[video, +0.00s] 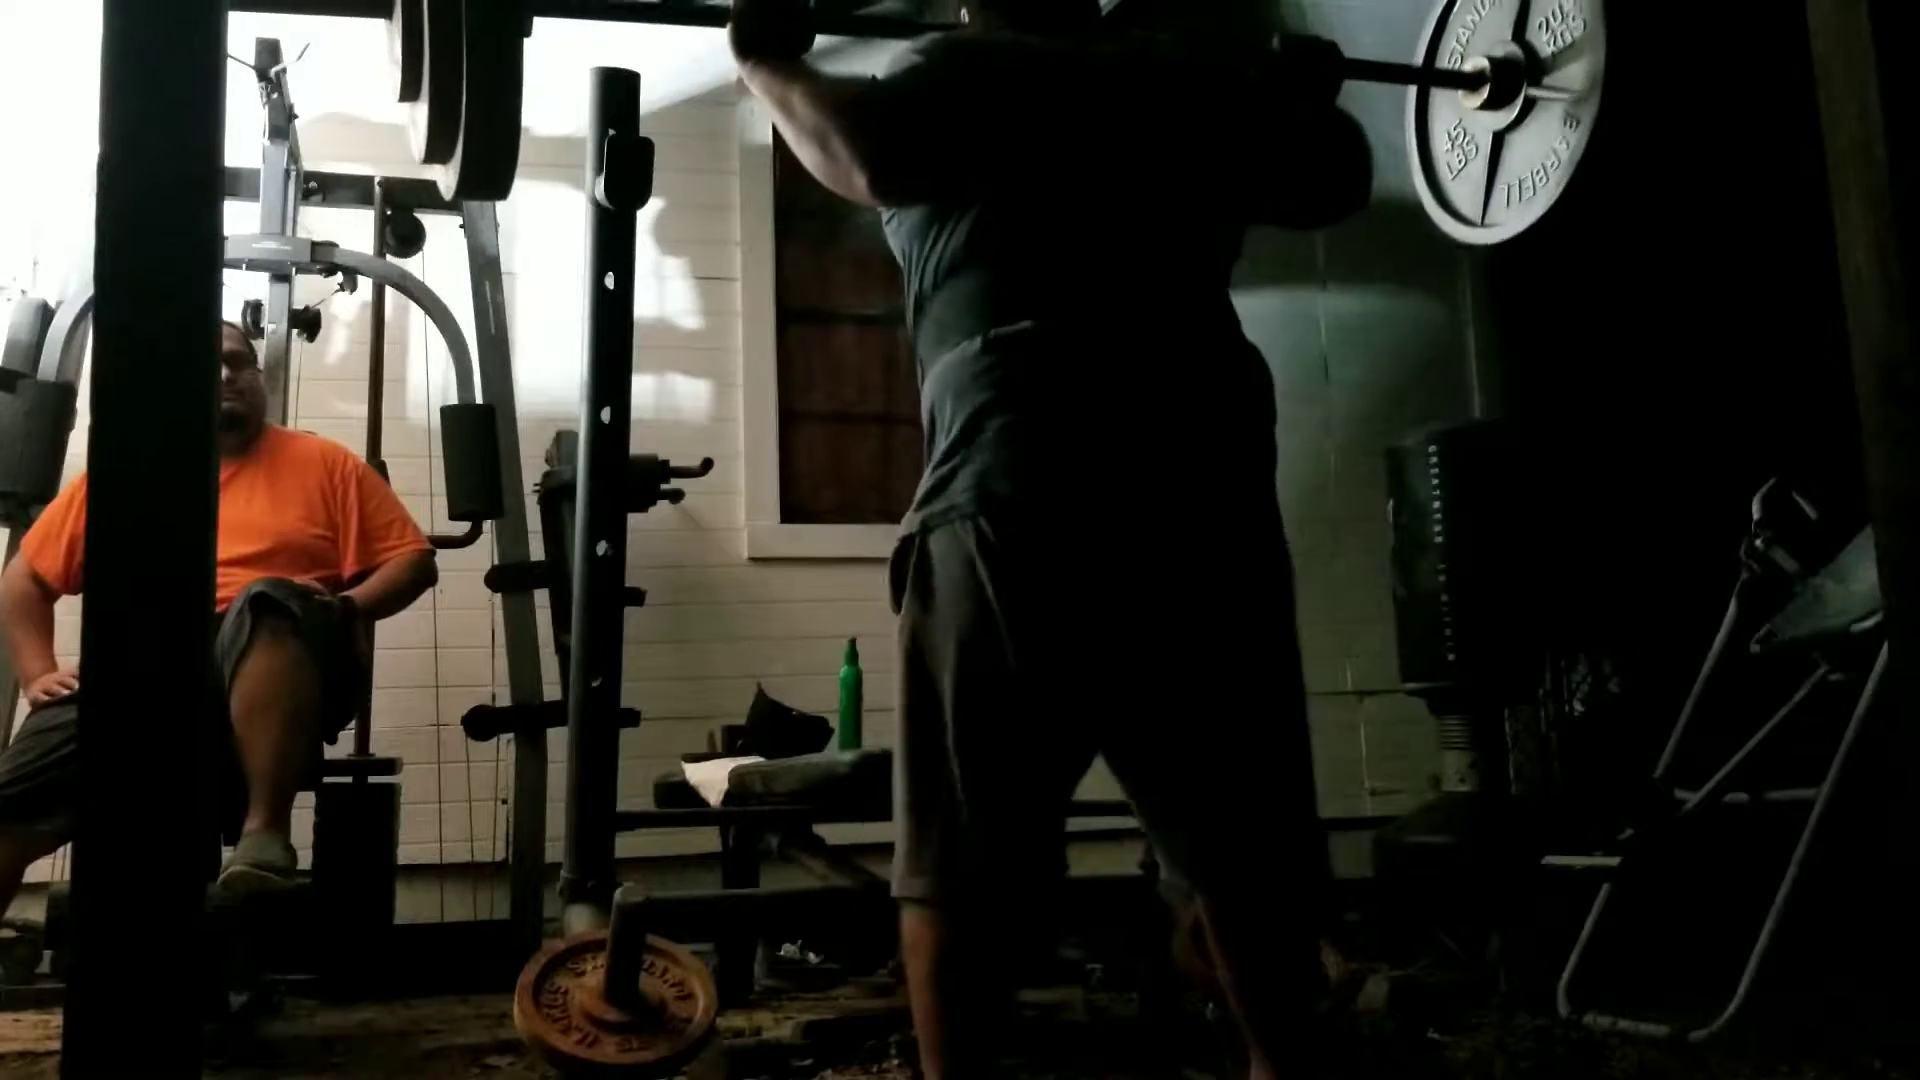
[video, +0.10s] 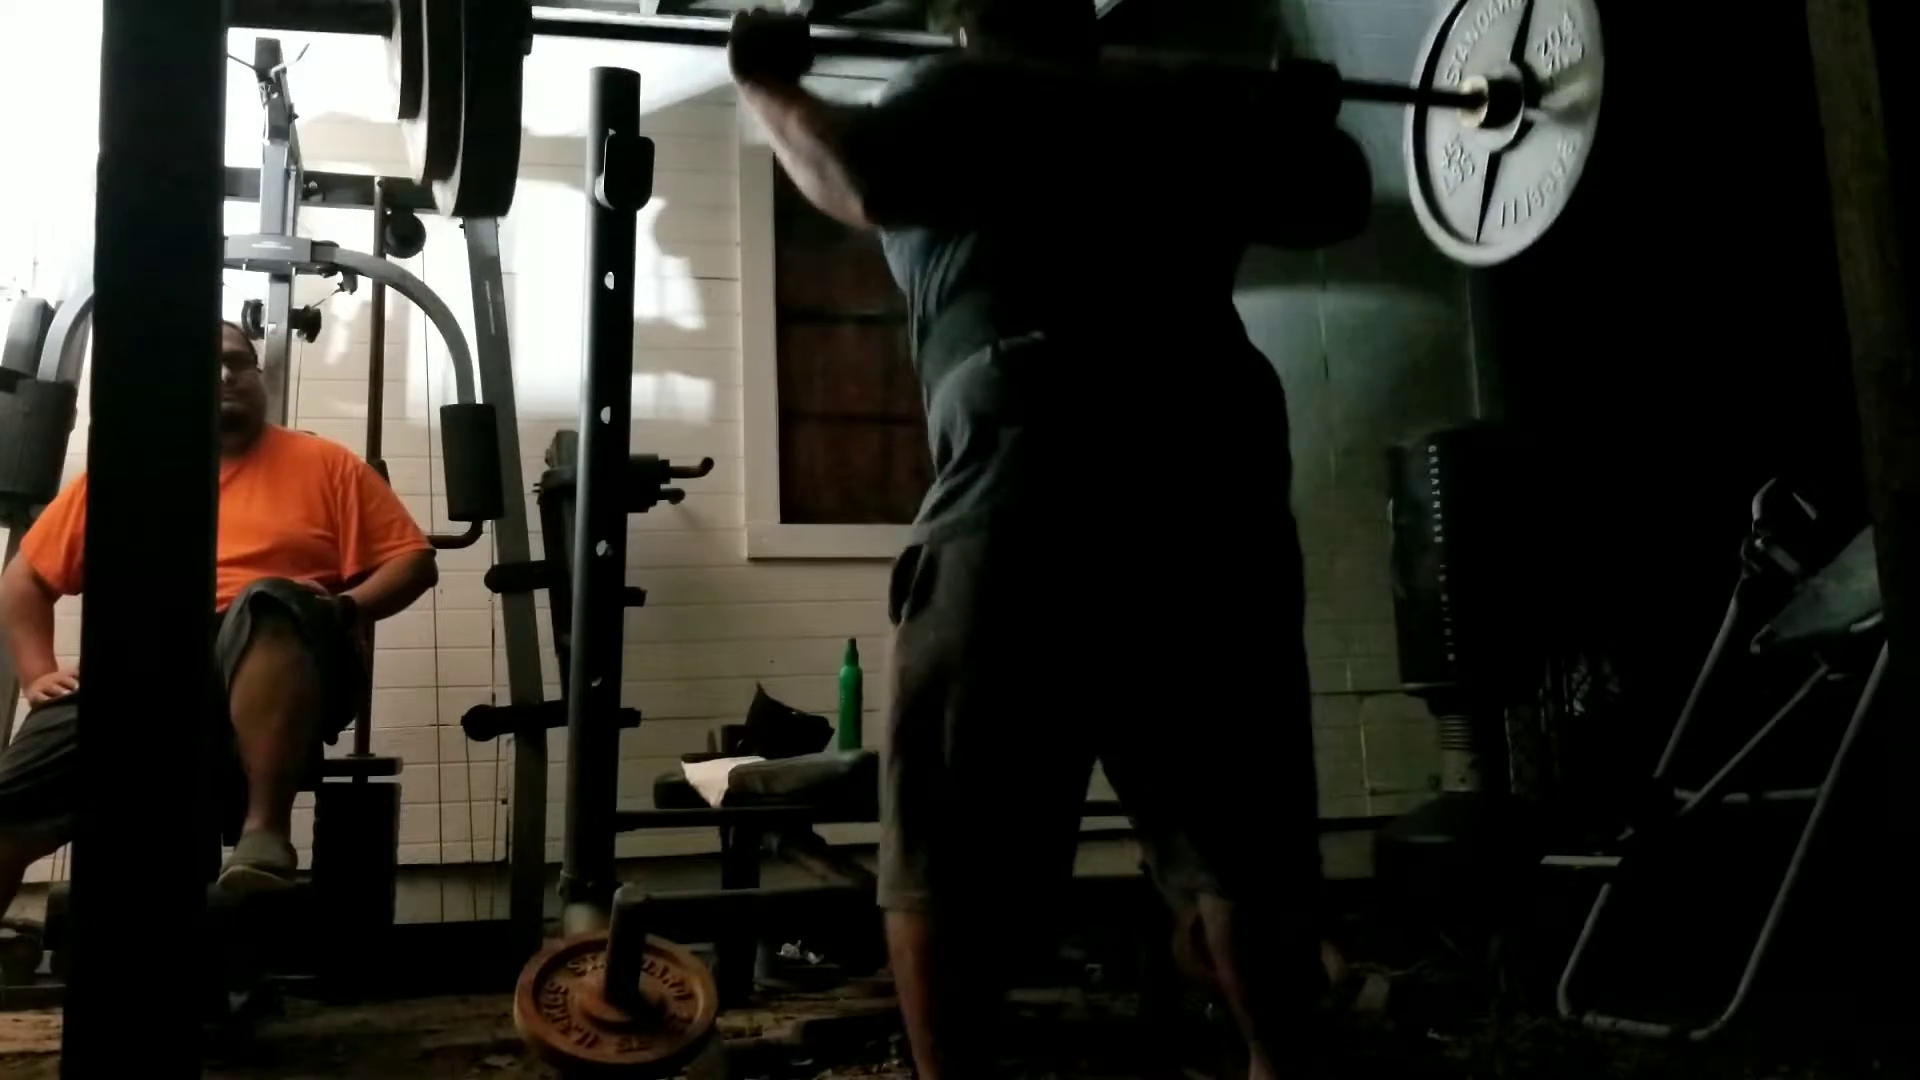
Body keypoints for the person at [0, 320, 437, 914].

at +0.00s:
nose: (227, 376)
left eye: (239, 363)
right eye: (210, 365)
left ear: (263, 378)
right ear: (184, 381)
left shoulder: (324, 464)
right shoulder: (131, 467)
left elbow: (414, 560)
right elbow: (23, 576)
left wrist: (346, 605)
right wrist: (37, 672)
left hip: (284, 666)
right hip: (142, 664)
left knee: (273, 604)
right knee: (11, 811)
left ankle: (265, 830)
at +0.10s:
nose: (227, 376)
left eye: (239, 363)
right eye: (210, 365)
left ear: (263, 377)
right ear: (185, 381)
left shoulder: (325, 465)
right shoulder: (131, 468)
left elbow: (414, 560)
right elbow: (24, 575)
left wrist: (346, 605)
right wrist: (37, 672)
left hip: (285, 667)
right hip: (143, 663)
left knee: (274, 604)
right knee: (12, 807)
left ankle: (266, 828)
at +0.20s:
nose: (227, 376)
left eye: (239, 363)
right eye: (210, 364)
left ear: (263, 377)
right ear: (185, 381)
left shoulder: (324, 464)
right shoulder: (133, 468)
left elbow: (414, 560)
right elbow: (25, 575)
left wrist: (346, 605)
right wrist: (36, 671)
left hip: (286, 670)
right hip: (144, 664)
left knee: (274, 605)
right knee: (11, 807)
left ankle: (266, 829)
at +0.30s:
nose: (228, 376)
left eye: (239, 363)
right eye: (210, 364)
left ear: (263, 377)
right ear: (186, 381)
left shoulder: (325, 465)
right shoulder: (132, 467)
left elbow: (414, 560)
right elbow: (24, 575)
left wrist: (345, 605)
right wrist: (37, 672)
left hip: (286, 666)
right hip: (144, 663)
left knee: (273, 604)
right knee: (12, 807)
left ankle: (266, 829)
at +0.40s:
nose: (227, 375)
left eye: (239, 362)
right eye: (210, 364)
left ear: (263, 377)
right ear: (185, 381)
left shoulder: (325, 465)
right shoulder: (132, 467)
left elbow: (414, 560)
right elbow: (24, 575)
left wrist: (345, 605)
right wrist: (37, 672)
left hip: (286, 666)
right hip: (144, 663)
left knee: (273, 604)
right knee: (12, 807)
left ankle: (266, 829)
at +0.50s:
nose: (227, 376)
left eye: (239, 363)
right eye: (210, 364)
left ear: (263, 377)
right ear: (185, 381)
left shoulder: (325, 465)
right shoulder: (132, 467)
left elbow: (414, 560)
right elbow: (24, 575)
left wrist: (345, 605)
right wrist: (37, 672)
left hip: (286, 666)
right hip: (144, 663)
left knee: (273, 604)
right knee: (11, 808)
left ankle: (266, 829)